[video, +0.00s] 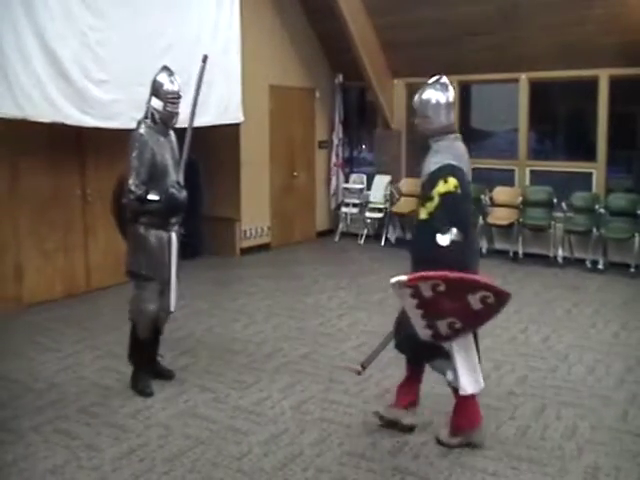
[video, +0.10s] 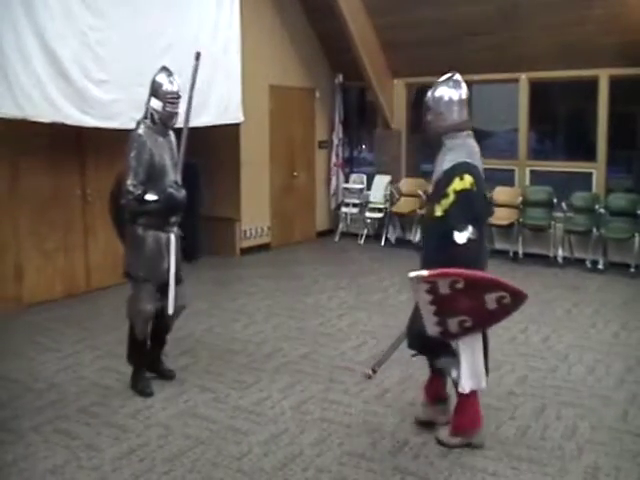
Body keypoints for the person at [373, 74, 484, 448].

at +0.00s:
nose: (418, 123)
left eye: (425, 115)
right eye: (418, 115)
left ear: (441, 117)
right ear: (439, 119)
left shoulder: (444, 164)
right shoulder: (441, 154)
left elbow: (447, 230)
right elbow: (436, 223)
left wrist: (425, 278)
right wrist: (422, 263)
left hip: (447, 269)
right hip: (436, 264)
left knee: (455, 344)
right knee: (415, 335)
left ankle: (467, 419)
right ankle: (404, 405)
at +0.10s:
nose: (428, 120)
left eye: (435, 113)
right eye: (428, 112)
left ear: (454, 114)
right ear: (449, 117)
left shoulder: (460, 164)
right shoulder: (449, 156)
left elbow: (462, 234)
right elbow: (444, 225)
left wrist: (455, 287)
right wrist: (431, 269)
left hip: (458, 272)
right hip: (443, 266)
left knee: (462, 344)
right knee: (428, 334)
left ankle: (468, 420)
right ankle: (438, 398)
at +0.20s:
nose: (441, 116)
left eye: (450, 110)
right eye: (441, 109)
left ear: (470, 114)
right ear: (448, 114)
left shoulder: (473, 164)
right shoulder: (458, 156)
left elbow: (479, 237)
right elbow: (457, 228)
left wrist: (472, 291)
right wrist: (442, 280)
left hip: (467, 274)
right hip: (453, 269)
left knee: (471, 342)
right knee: (445, 343)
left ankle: (467, 423)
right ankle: (476, 395)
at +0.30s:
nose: (452, 116)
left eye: (461, 110)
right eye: (452, 109)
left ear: (481, 115)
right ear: (461, 112)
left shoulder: (485, 161)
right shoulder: (469, 155)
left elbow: (490, 229)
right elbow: (465, 222)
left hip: (477, 270)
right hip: (461, 265)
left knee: (476, 344)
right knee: (452, 342)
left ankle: (468, 426)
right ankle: (510, 393)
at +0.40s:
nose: (469, 117)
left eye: (476, 110)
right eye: (469, 109)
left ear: (495, 115)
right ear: (476, 112)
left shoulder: (497, 157)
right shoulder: (484, 153)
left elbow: (500, 222)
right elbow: (480, 214)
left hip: (485, 264)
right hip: (479, 259)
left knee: (471, 341)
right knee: (503, 334)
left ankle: (468, 424)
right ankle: (531, 402)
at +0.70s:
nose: (501, 118)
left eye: (507, 111)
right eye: (501, 111)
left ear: (524, 113)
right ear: (515, 113)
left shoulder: (530, 157)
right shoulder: (520, 153)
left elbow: (521, 219)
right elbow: (514, 213)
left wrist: (506, 274)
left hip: (524, 265)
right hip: (529, 263)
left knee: (503, 339)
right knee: (535, 337)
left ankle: (476, 422)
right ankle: (539, 411)